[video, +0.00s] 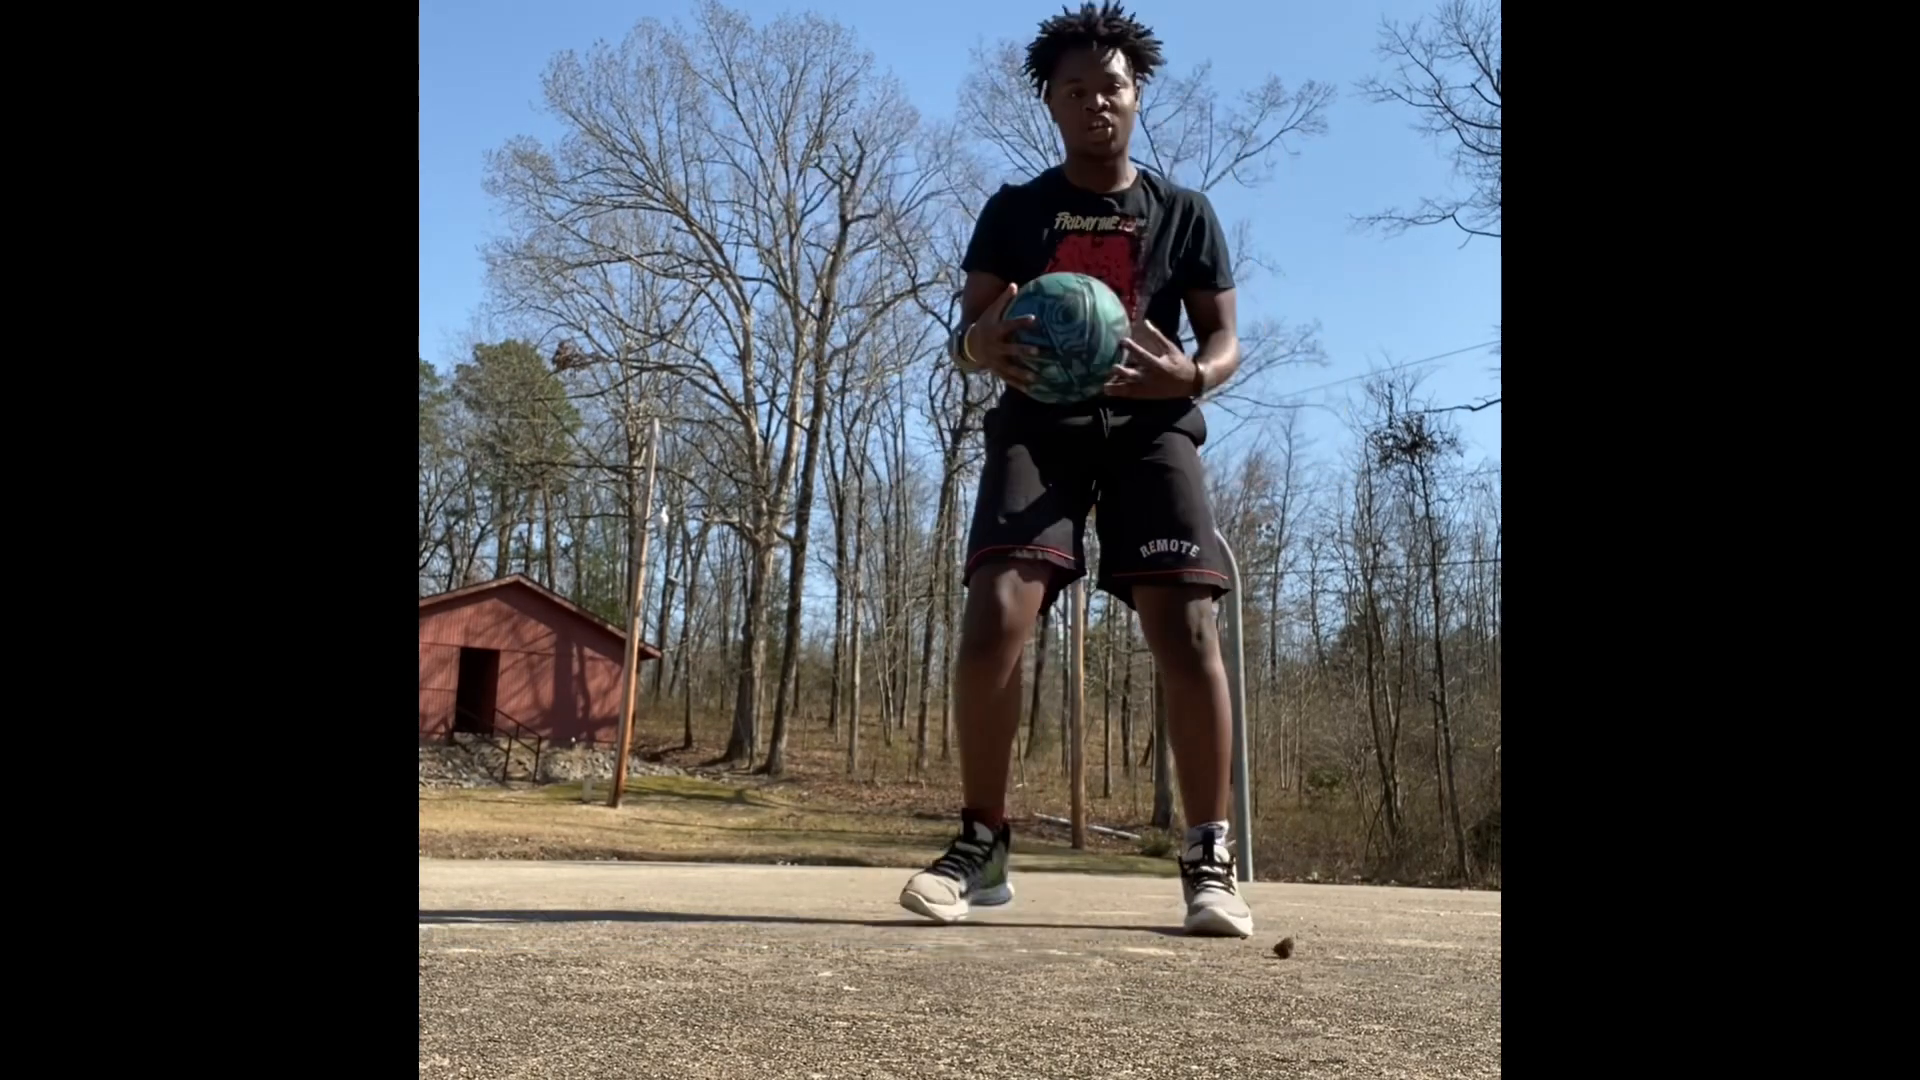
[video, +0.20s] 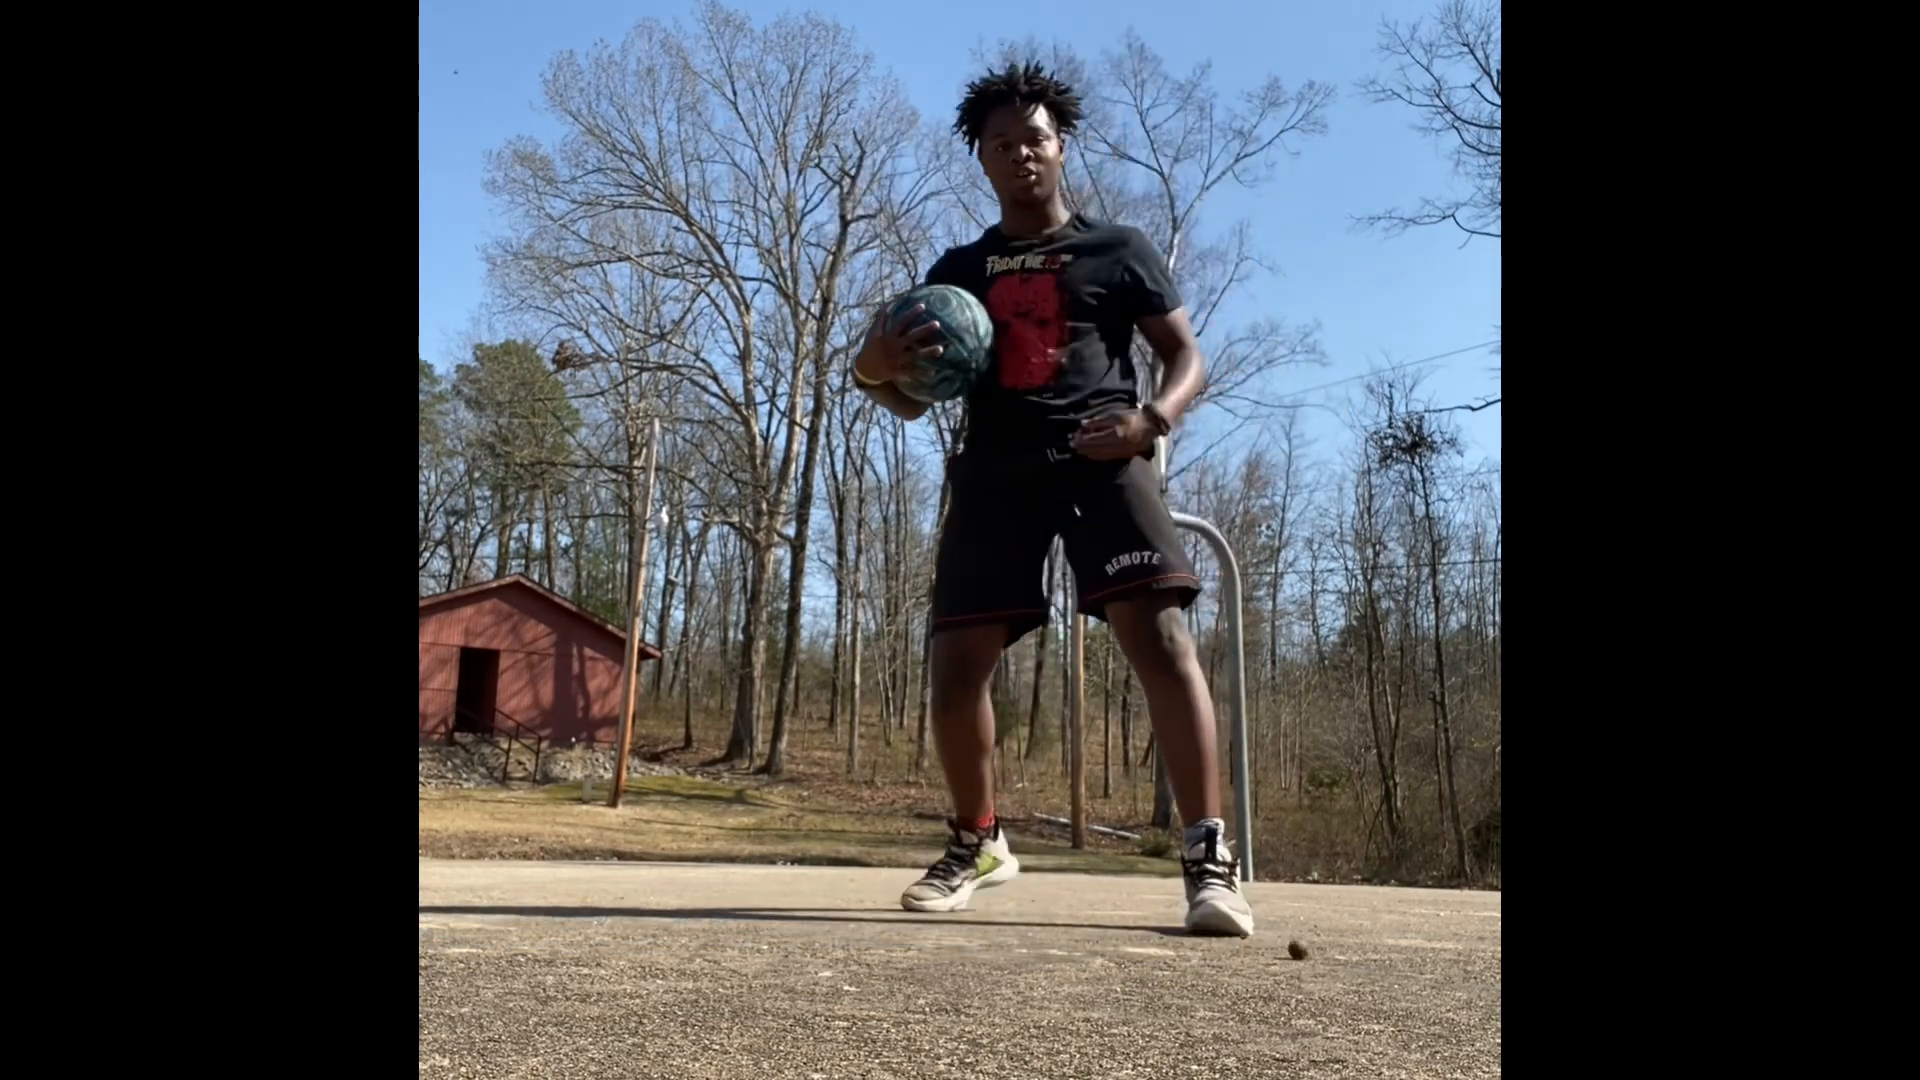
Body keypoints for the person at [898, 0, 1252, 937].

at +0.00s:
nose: (1097, 102)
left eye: (1113, 85)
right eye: (1078, 88)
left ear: (1138, 97)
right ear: (1049, 102)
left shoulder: (1185, 215)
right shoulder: (1014, 210)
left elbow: (1223, 345)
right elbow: (972, 337)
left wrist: (1191, 377)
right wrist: (987, 343)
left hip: (1154, 432)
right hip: (1035, 429)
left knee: (1187, 629)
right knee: (997, 616)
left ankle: (1209, 865)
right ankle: (980, 849)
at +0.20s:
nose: (1024, 156)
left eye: (1037, 140)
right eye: (1005, 146)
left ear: (1063, 147)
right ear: (982, 161)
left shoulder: (1118, 248)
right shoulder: (957, 270)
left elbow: (1187, 359)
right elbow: (918, 398)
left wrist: (1153, 418)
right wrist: (872, 372)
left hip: (1105, 460)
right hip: (994, 473)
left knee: (1164, 641)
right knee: (955, 663)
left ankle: (1209, 863)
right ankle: (978, 848)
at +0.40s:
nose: (953, 187)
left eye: (966, 171)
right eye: (935, 177)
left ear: (993, 177)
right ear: (917, 192)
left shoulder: (1038, 262)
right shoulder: (909, 302)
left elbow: (1091, 378)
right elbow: (882, 408)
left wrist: (1116, 492)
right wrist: (832, 417)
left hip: (1020, 477)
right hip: (934, 486)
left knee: (1054, 636)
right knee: (938, 669)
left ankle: (1127, 846)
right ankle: (979, 859)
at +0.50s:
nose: (928, 181)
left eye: (942, 166)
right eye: (912, 170)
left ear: (971, 173)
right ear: (895, 185)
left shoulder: (1013, 250)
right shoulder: (891, 295)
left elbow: (1070, 357)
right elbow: (875, 405)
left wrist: (1080, 470)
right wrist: (815, 424)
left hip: (1002, 466)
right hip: (923, 473)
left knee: (994, 628)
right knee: (939, 653)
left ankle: (1022, 849)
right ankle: (973, 854)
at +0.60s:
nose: (909, 184)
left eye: (923, 170)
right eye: (894, 174)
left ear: (950, 179)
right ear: (876, 190)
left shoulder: (988, 249)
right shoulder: (875, 300)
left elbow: (1049, 352)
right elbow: (858, 406)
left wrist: (1063, 457)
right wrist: (801, 434)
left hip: (991, 460)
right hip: (917, 469)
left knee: (934, 628)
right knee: (937, 645)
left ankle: (932, 849)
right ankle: (982, 853)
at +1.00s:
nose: (827, 185)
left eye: (844, 169)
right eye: (819, 173)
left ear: (887, 175)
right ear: (814, 184)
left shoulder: (916, 254)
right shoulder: (823, 287)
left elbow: (975, 317)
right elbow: (807, 399)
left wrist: (994, 390)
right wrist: (753, 441)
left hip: (914, 462)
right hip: (849, 470)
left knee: (844, 638)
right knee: (807, 650)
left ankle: (828, 852)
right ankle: (934, 808)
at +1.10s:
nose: (796, 178)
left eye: (808, 162)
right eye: (801, 162)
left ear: (854, 170)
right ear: (849, 173)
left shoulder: (915, 253)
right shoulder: (827, 280)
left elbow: (966, 354)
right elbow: (810, 389)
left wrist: (923, 439)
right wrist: (750, 442)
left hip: (897, 464)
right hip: (837, 467)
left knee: (842, 638)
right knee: (781, 638)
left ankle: (831, 856)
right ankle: (888, 805)